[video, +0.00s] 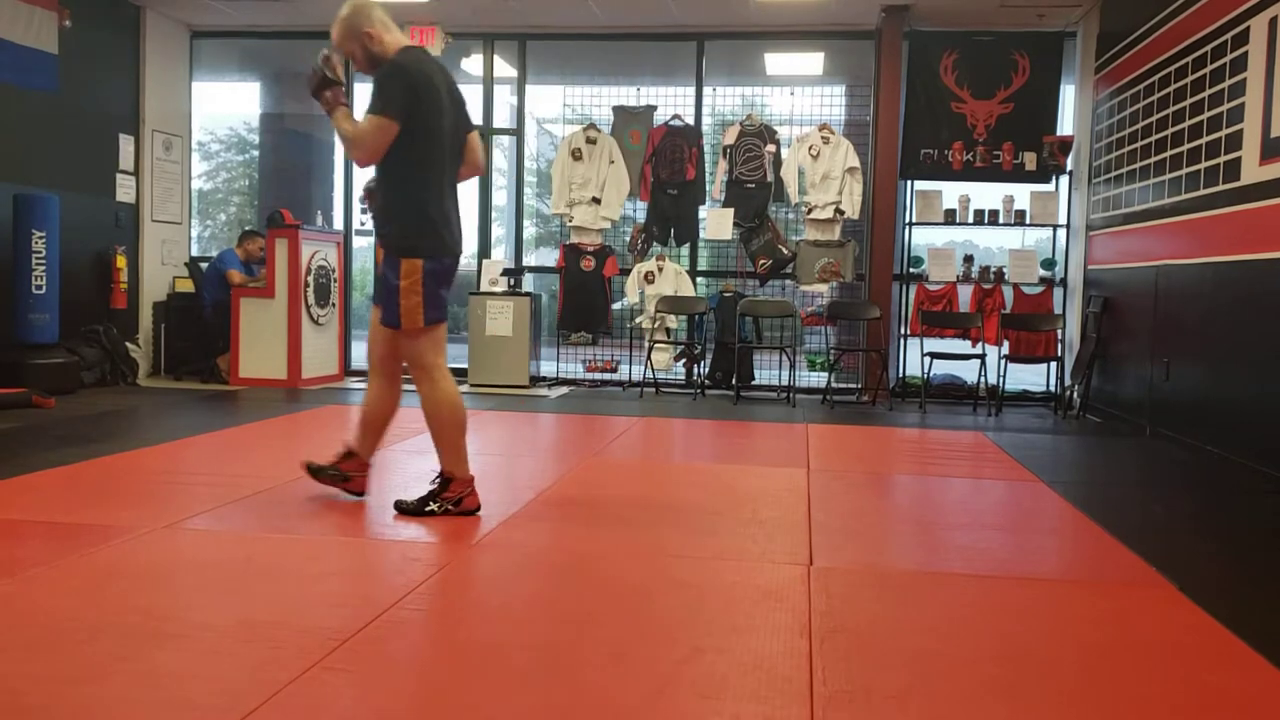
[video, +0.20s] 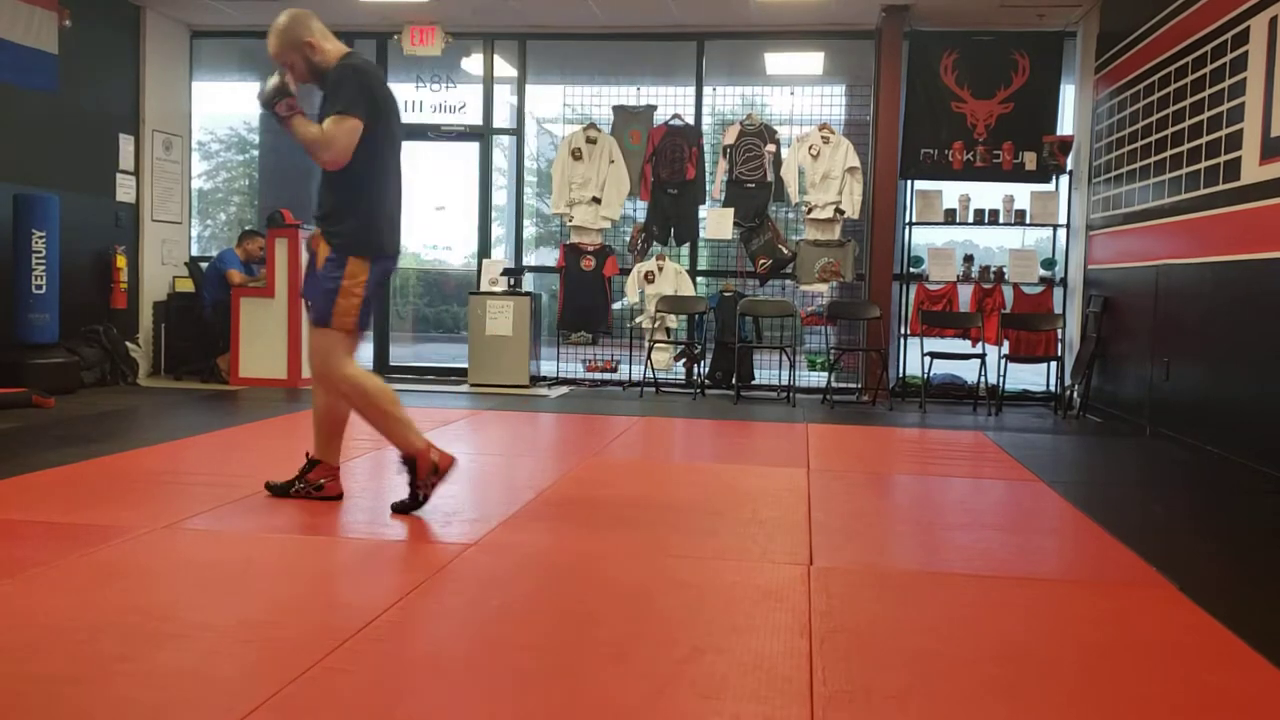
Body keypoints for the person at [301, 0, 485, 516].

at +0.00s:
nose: (356, 70)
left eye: (353, 59)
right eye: (351, 63)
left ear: (370, 37)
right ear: (383, 34)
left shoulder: (403, 71)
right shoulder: (436, 74)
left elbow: (364, 150)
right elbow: (472, 160)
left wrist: (336, 107)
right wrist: (397, 186)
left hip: (416, 243)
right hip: (415, 240)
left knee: (427, 365)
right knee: (384, 358)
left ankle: (458, 486)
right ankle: (355, 465)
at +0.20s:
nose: (292, 77)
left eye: (290, 66)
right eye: (287, 70)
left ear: (310, 46)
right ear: (314, 45)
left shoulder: (352, 73)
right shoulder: (350, 77)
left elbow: (333, 152)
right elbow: (332, 152)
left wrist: (289, 114)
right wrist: (293, 115)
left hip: (357, 242)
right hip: (345, 240)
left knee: (330, 361)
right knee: (328, 362)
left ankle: (424, 456)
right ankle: (323, 472)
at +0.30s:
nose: (264, 77)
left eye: (260, 65)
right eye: (258, 69)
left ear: (282, 43)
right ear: (284, 45)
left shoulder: (330, 74)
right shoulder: (318, 81)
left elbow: (344, 145)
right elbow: (326, 146)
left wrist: (278, 139)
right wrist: (273, 137)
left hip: (330, 234)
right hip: (333, 233)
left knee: (272, 348)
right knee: (312, 355)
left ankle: (370, 433)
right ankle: (320, 472)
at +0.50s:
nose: (204, 69)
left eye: (202, 58)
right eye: (198, 62)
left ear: (228, 38)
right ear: (225, 42)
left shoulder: (276, 71)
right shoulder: (259, 78)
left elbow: (315, 150)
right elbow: (279, 156)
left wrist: (264, 210)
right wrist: (251, 212)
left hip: (276, 235)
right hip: (287, 234)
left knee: (216, 344)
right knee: (293, 356)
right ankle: (317, 472)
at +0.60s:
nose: (172, 74)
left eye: (171, 63)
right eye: (166, 66)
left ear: (198, 44)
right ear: (195, 47)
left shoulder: (243, 78)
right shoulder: (227, 82)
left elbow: (287, 157)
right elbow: (253, 161)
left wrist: (240, 222)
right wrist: (229, 224)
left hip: (248, 244)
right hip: (256, 240)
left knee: (194, 358)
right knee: (272, 358)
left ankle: (151, 480)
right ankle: (315, 470)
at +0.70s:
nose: (134, 73)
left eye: (132, 61)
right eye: (128, 64)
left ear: (157, 41)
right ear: (155, 42)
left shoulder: (205, 74)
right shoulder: (191, 76)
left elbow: (249, 159)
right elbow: (219, 159)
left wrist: (203, 221)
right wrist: (191, 220)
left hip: (216, 240)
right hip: (221, 237)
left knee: (165, 356)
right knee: (220, 353)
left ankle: (143, 483)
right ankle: (293, 449)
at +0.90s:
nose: (77, 59)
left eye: (73, 47)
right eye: (69, 50)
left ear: (100, 29)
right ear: (104, 25)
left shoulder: (154, 63)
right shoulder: (130, 64)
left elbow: (206, 149)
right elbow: (147, 148)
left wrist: (158, 218)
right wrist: (129, 208)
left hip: (171, 232)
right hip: (143, 226)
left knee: (140, 348)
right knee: (110, 329)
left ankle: (142, 482)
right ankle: (176, 435)